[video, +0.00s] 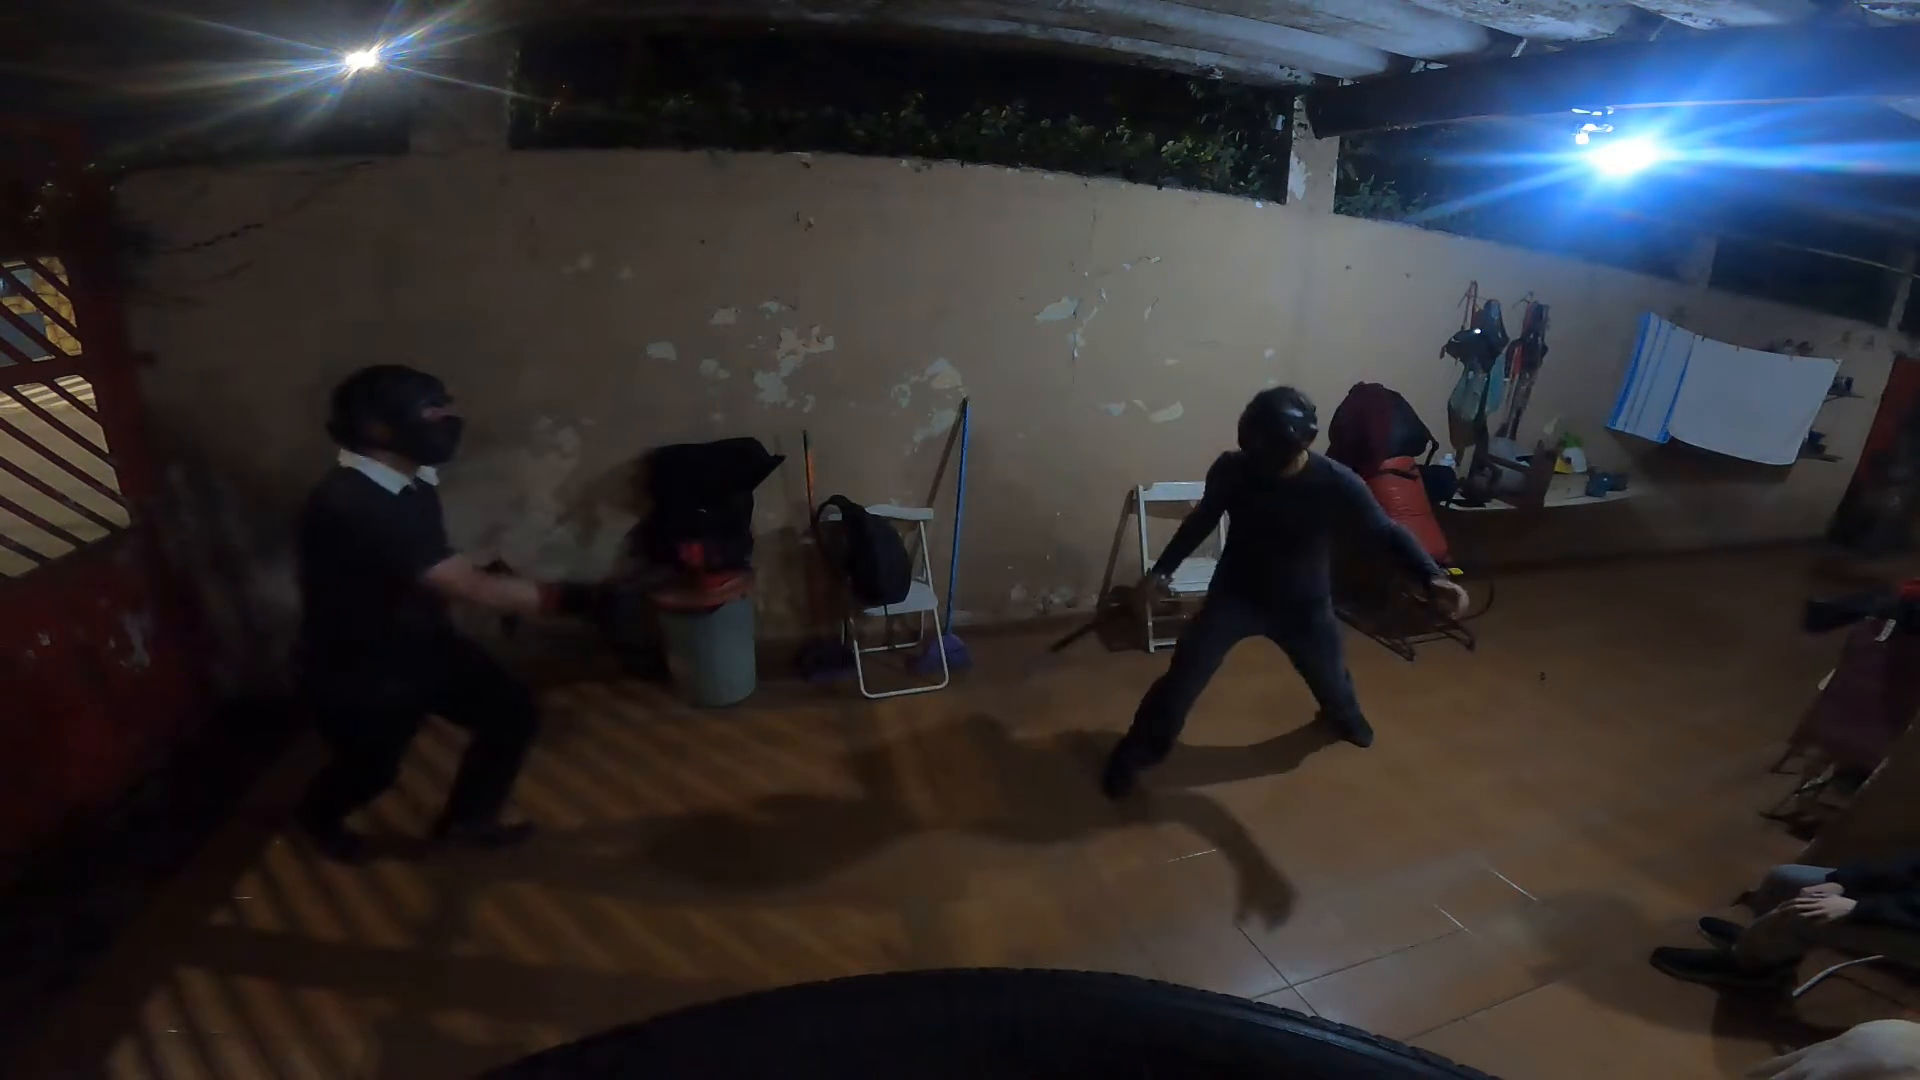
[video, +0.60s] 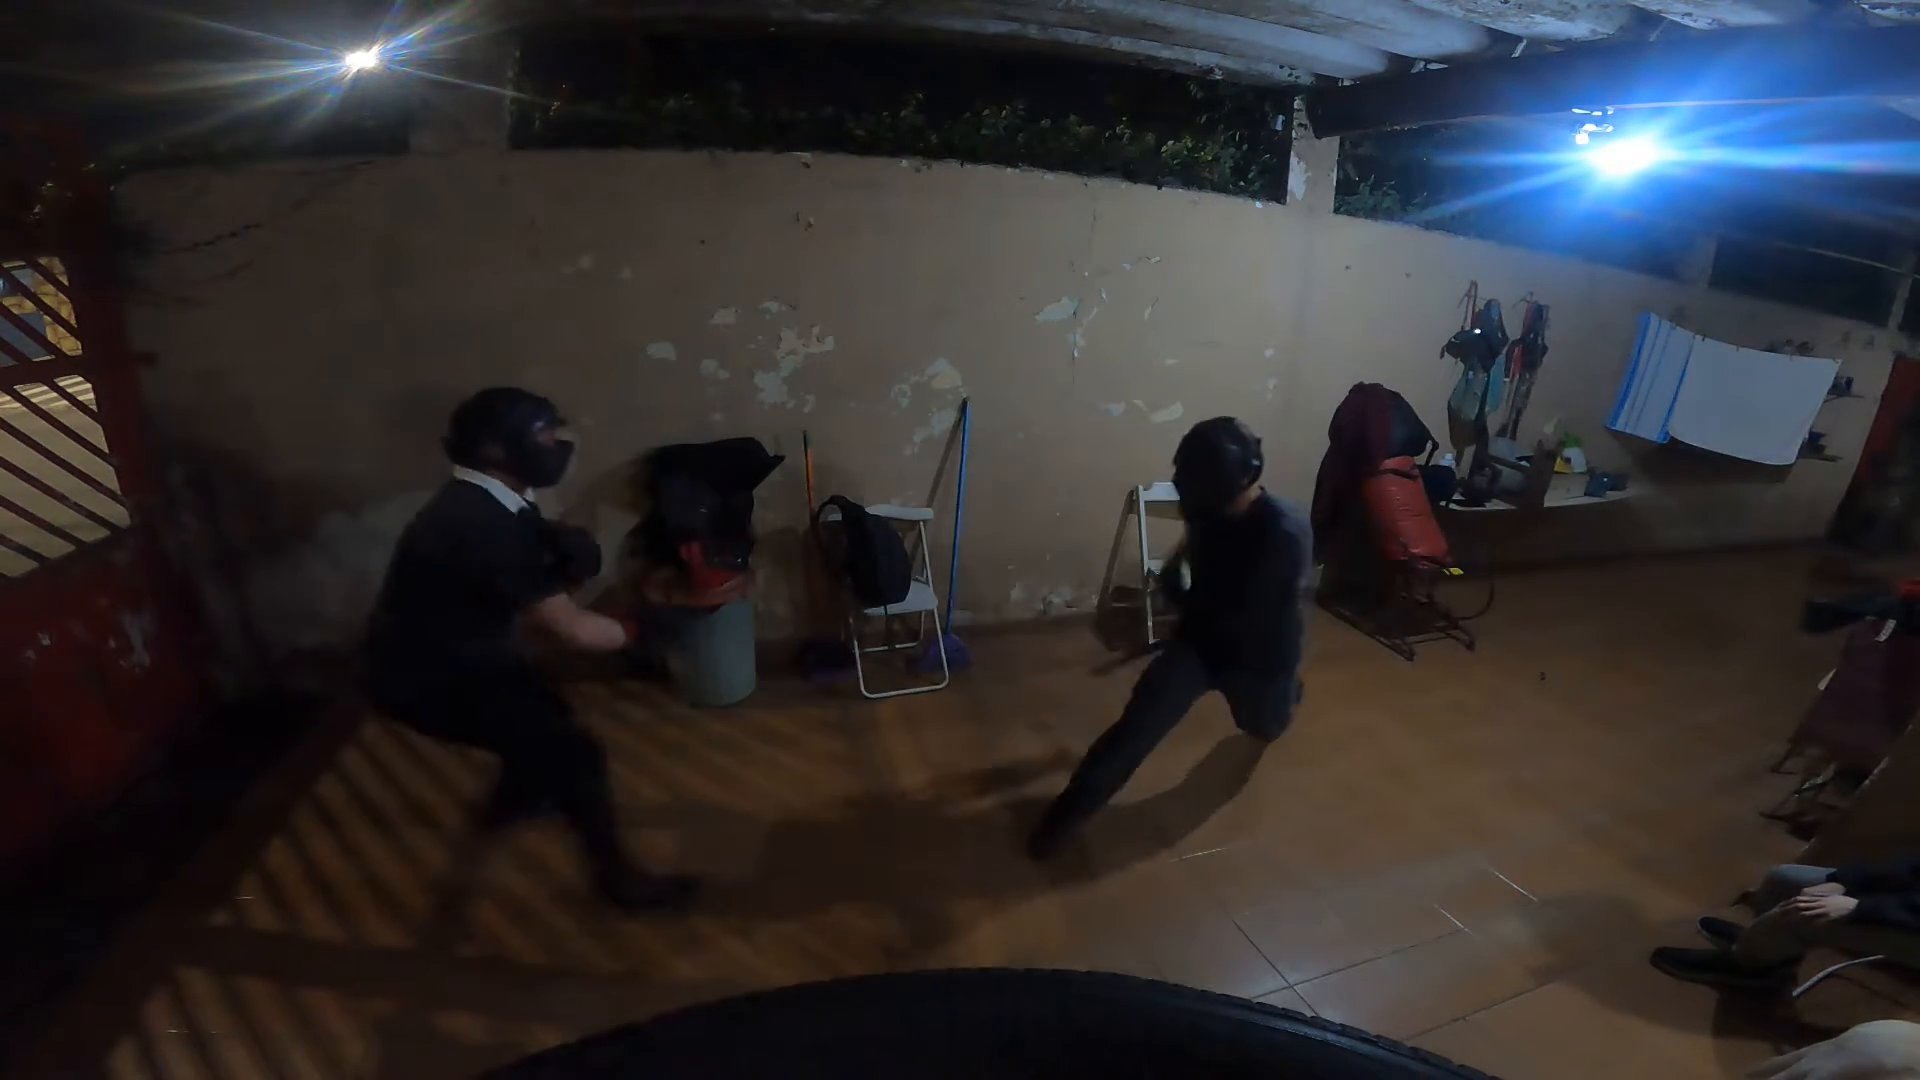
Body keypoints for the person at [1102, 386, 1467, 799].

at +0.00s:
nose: (1264, 465)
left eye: (1272, 457)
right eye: (1259, 454)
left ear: (1300, 448)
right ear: (1250, 444)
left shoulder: (1337, 484)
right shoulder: (1233, 471)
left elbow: (1387, 532)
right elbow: (1200, 522)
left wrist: (1434, 576)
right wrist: (1159, 573)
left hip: (1304, 607)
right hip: (1234, 600)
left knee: (1332, 684)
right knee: (1181, 681)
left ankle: (1351, 722)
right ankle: (1132, 758)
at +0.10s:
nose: (1259, 451)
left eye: (1269, 443)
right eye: (1253, 441)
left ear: (1298, 433)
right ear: (1244, 432)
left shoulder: (1332, 476)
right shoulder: (1227, 460)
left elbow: (1381, 527)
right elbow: (1196, 510)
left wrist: (1425, 577)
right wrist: (1149, 553)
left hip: (1298, 600)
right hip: (1230, 591)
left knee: (1318, 681)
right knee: (1181, 675)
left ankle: (1325, 717)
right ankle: (1129, 759)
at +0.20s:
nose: (1254, 450)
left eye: (1264, 442)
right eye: (1249, 439)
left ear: (1294, 435)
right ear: (1245, 431)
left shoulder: (1333, 477)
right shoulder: (1229, 461)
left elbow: (1375, 537)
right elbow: (1197, 516)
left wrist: (1427, 586)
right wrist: (1150, 556)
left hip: (1296, 597)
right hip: (1232, 584)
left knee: (1286, 693)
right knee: (1181, 669)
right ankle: (1132, 756)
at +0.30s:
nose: (1259, 462)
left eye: (1267, 453)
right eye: (1251, 451)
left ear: (1295, 441)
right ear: (1243, 439)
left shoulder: (1334, 489)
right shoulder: (1232, 468)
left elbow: (1362, 557)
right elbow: (1214, 532)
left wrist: (1398, 586)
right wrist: (1181, 583)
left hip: (1289, 607)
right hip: (1226, 592)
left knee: (1272, 706)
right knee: (1172, 673)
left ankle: (1261, 707)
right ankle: (1127, 760)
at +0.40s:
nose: (1251, 478)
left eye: (1260, 471)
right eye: (1244, 469)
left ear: (1291, 458)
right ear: (1239, 458)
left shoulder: (1324, 503)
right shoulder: (1232, 481)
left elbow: (1311, 573)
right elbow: (1238, 537)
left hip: (1283, 619)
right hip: (1226, 601)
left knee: (1273, 704)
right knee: (1162, 683)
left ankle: (1267, 713)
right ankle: (1110, 772)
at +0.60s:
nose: (1201, 509)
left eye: (1211, 499)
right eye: (1195, 499)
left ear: (1244, 484)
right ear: (1191, 488)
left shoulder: (1284, 535)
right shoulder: (1203, 512)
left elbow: (1260, 621)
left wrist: (1184, 598)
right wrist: (1174, 571)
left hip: (1260, 656)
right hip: (1202, 643)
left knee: (1264, 725)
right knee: (1137, 728)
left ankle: (1289, 686)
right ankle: (1066, 816)